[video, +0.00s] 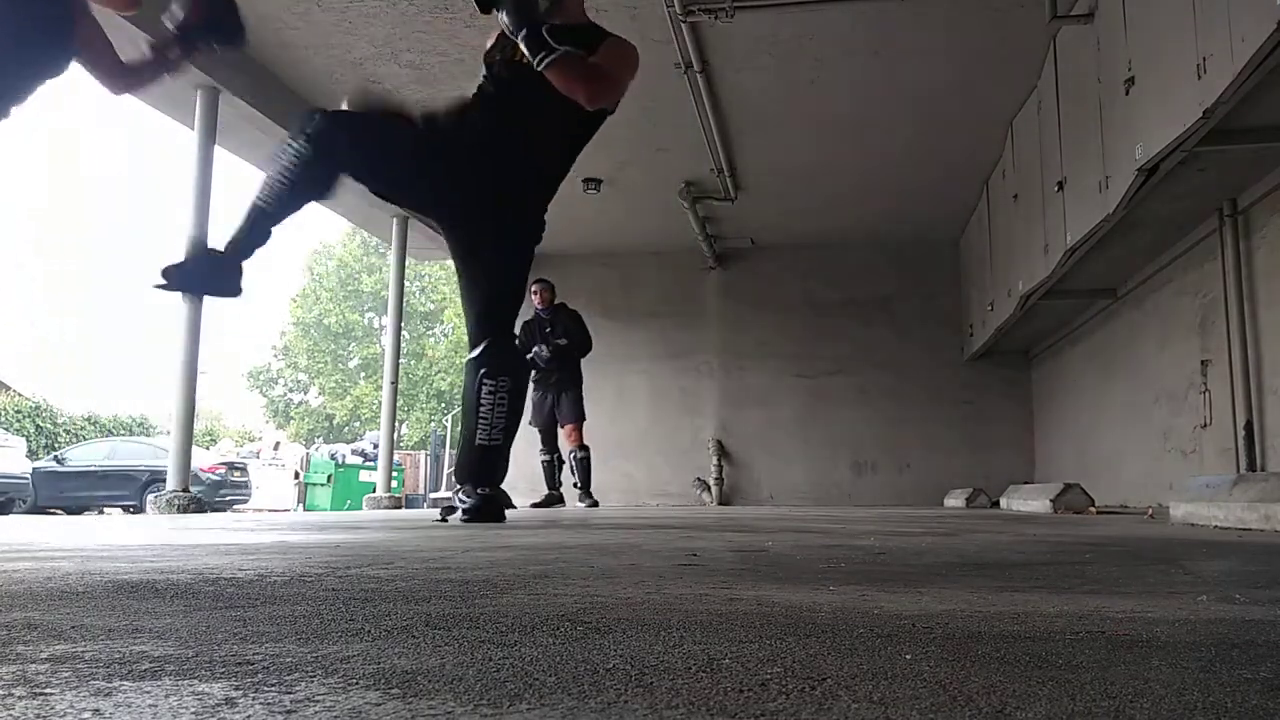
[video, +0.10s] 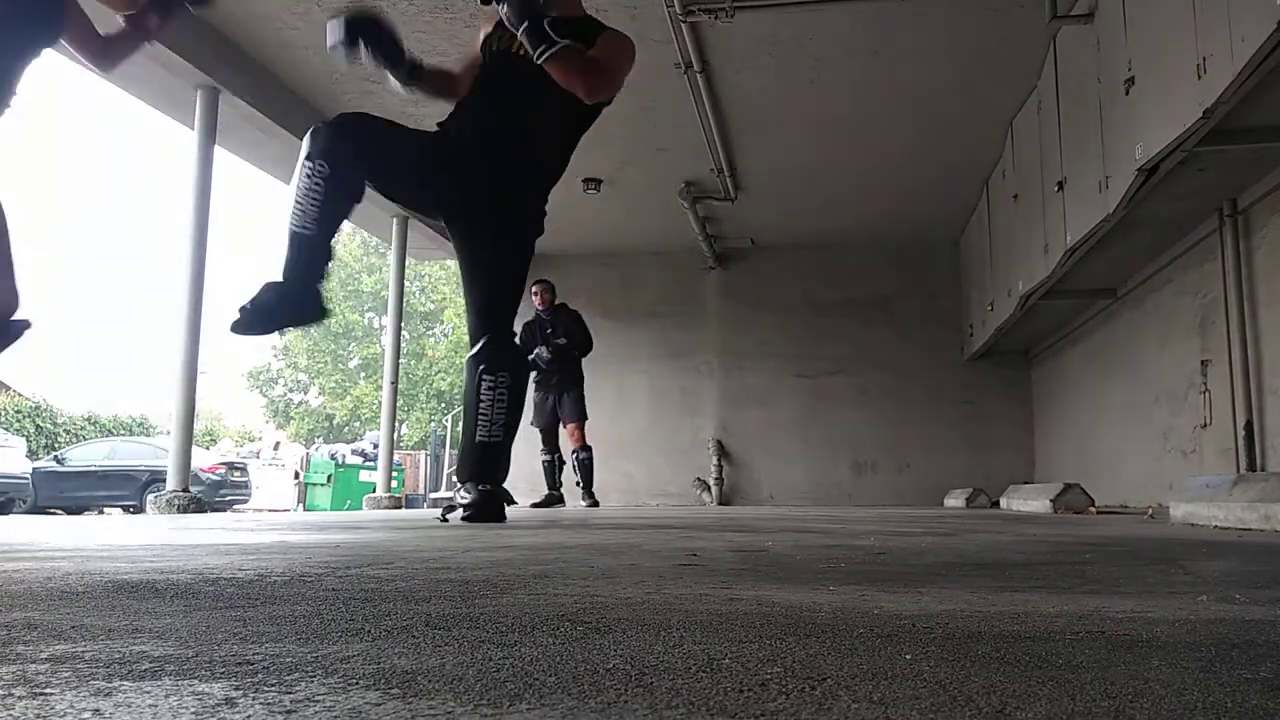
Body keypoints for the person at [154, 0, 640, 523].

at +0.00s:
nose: (532, 12)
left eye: (542, 8)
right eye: (529, 10)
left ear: (572, 5)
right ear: (536, 11)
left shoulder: (616, 51)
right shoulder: (512, 38)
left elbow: (588, 91)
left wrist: (530, 36)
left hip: (502, 208)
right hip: (439, 161)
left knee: (492, 342)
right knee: (329, 129)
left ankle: (479, 487)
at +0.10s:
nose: (511, 9)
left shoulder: (612, 44)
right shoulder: (504, 30)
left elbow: (591, 86)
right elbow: (457, 86)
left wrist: (531, 27)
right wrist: (400, 63)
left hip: (506, 202)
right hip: (446, 167)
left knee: (493, 341)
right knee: (340, 137)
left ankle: (484, 485)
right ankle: (300, 286)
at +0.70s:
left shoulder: (568, 12)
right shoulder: (473, 28)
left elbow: (501, 33)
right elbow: (384, 60)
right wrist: (314, 21)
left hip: (512, 199)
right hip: (456, 185)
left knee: (482, 333)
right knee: (337, 187)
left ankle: (484, 488)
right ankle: (399, 310)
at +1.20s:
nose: (429, 3)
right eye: (427, 2)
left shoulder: (490, 13)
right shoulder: (461, 42)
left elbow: (491, 91)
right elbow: (443, 143)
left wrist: (408, 66)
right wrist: (384, 101)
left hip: (467, 204)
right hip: (445, 208)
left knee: (443, 336)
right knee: (431, 338)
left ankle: (479, 481)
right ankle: (448, 475)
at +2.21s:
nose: (360, 27)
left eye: (364, 17)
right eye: (365, 22)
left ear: (386, 6)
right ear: (409, 11)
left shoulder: (412, 19)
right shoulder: (429, 59)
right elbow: (358, 113)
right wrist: (332, 50)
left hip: (405, 206)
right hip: (442, 214)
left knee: (335, 321)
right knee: (408, 347)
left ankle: (335, 471)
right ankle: (454, 480)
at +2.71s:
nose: (398, 20)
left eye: (403, 14)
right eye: (398, 15)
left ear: (428, 1)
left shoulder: (455, 22)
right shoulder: (404, 57)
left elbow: (361, 17)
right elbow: (338, 92)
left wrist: (299, 2)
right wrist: (302, 23)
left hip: (440, 201)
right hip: (417, 206)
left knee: (371, 308)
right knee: (411, 341)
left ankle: (372, 469)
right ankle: (466, 475)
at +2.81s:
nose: (393, 11)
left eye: (398, 7)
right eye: (394, 10)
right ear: (412, 11)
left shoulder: (465, 18)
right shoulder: (418, 53)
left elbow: (397, 40)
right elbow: (355, 103)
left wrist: (330, 3)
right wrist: (326, 52)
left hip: (445, 197)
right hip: (415, 203)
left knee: (380, 315)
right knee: (424, 341)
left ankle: (375, 471)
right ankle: (467, 479)